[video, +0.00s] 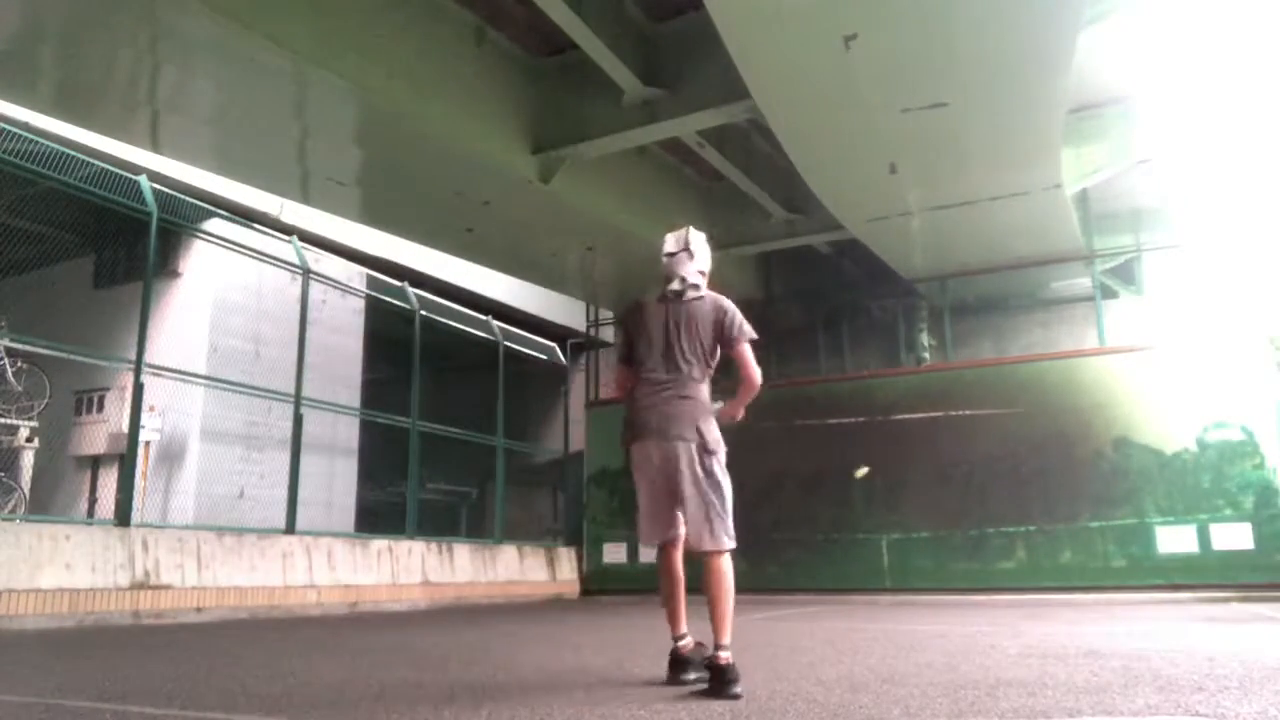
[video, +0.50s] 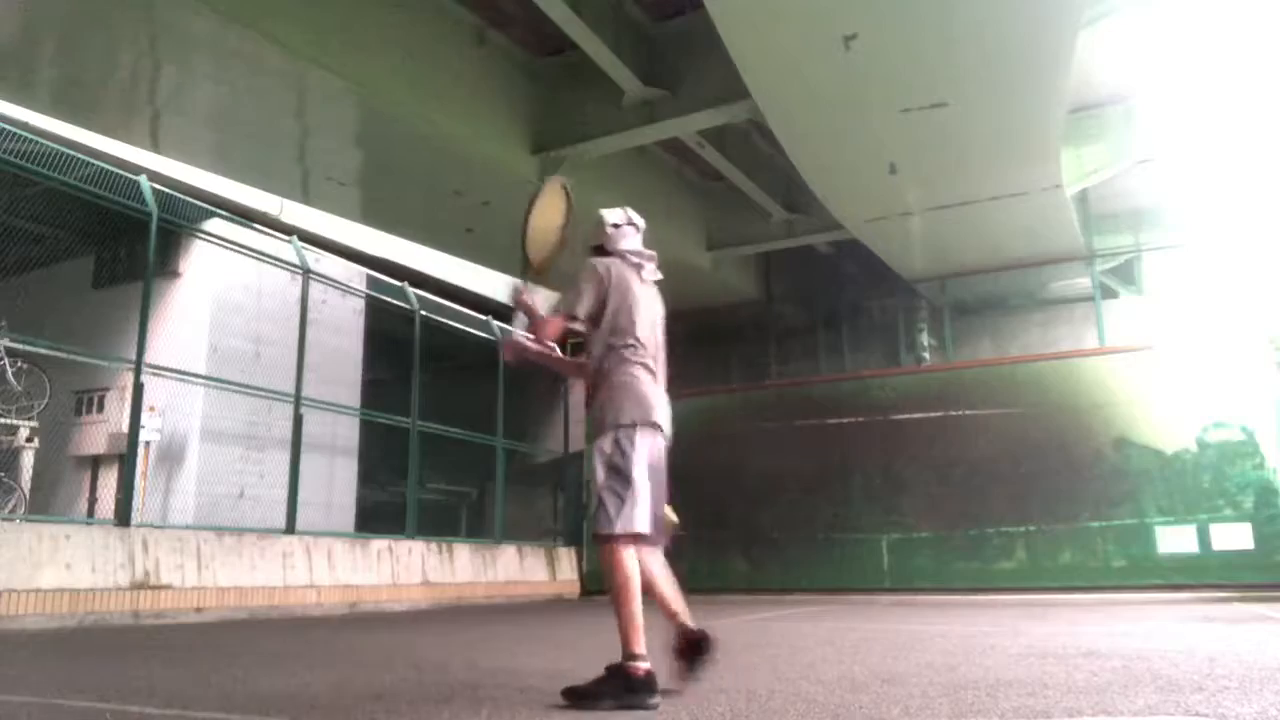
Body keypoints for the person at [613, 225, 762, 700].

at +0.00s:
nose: (700, 266)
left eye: (681, 257)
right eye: (703, 259)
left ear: (665, 264)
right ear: (705, 265)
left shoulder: (638, 313)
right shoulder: (721, 308)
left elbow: (619, 386)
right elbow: (753, 378)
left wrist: (649, 386)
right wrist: (736, 406)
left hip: (646, 437)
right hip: (697, 434)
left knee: (670, 543)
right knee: (716, 546)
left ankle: (681, 648)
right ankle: (722, 659)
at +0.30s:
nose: (647, 241)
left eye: (642, 239)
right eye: (661, 236)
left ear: (639, 246)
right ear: (678, 245)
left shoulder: (626, 283)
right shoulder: (699, 295)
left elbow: (598, 358)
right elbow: (700, 363)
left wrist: (613, 394)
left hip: (644, 422)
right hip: (699, 421)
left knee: (621, 541)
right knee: (712, 541)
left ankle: (634, 660)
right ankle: (725, 662)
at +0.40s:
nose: (621, 248)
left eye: (621, 241)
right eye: (635, 239)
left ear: (623, 243)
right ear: (661, 245)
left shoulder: (617, 277)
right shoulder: (676, 290)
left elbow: (581, 350)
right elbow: (662, 365)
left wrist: (564, 337)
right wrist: (599, 375)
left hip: (638, 421)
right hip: (683, 424)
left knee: (616, 539)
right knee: (692, 543)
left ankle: (634, 668)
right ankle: (723, 661)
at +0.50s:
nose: (594, 251)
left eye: (596, 243)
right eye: (601, 244)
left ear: (602, 241)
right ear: (637, 244)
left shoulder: (603, 267)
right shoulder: (649, 287)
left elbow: (553, 330)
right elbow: (605, 368)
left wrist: (534, 310)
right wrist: (541, 353)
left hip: (624, 417)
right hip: (654, 419)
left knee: (617, 539)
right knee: (643, 543)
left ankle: (635, 668)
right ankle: (687, 630)